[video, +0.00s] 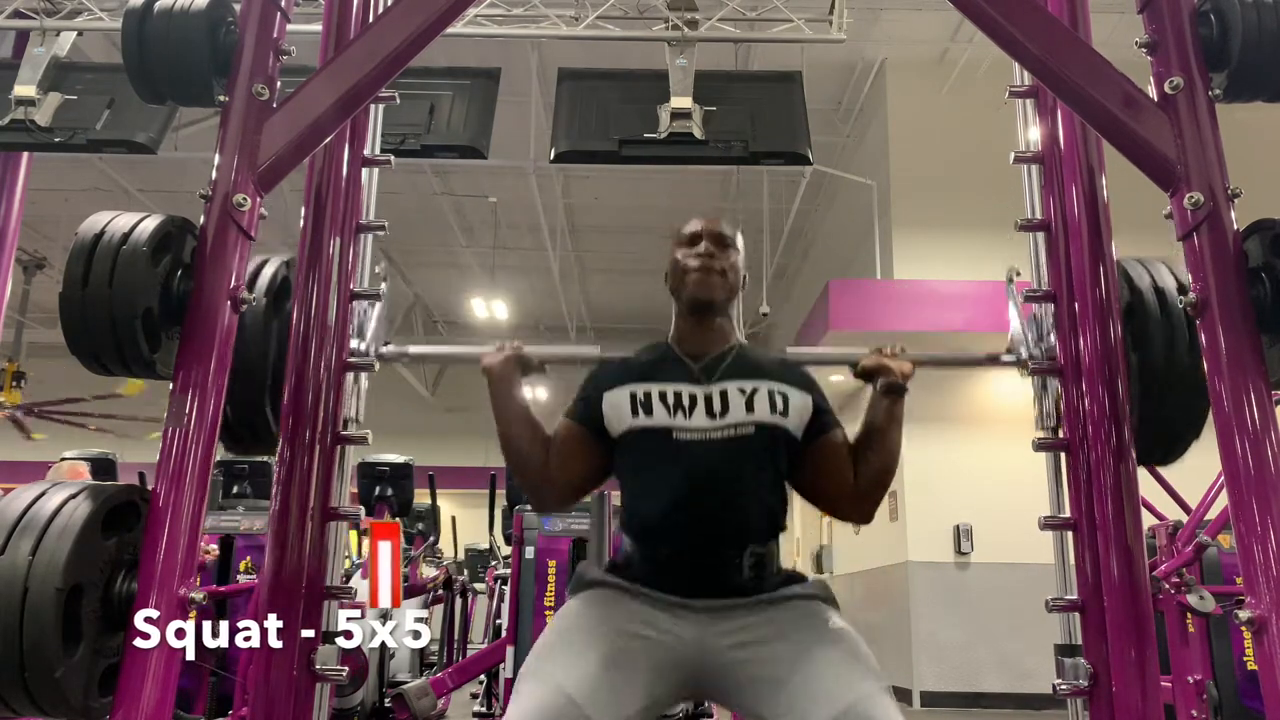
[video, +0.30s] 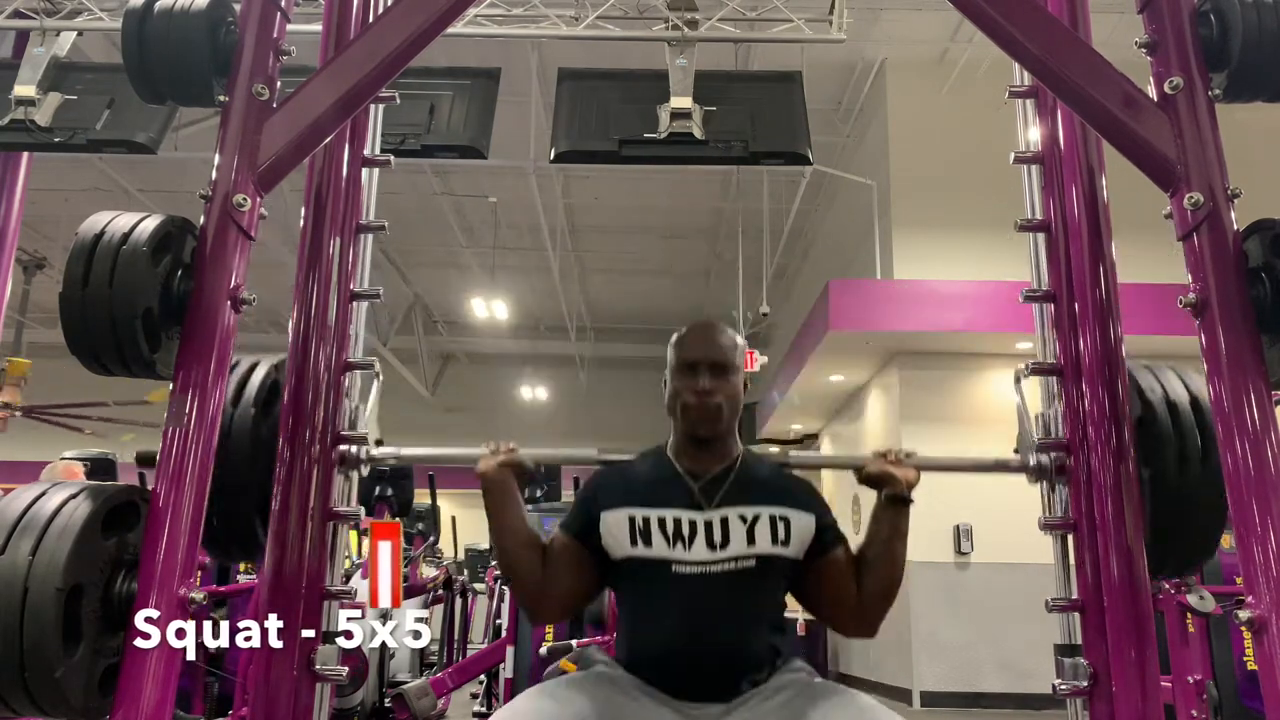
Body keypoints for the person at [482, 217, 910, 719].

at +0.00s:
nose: (707, 252)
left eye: (722, 246)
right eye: (691, 243)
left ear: (741, 279)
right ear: (667, 274)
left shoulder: (787, 383)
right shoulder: (615, 382)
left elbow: (856, 501)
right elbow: (549, 488)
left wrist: (889, 397)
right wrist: (504, 386)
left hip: (767, 615)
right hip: (632, 611)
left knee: (871, 713)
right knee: (532, 712)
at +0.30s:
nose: (702, 385)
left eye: (718, 372)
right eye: (688, 372)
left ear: (742, 388)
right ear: (666, 390)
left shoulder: (789, 497)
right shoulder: (614, 490)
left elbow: (858, 615)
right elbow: (546, 601)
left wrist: (893, 505)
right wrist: (499, 490)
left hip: (766, 693)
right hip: (636, 691)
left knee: (886, 718)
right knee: (512, 718)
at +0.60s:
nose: (698, 464)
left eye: (716, 449)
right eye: (682, 447)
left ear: (742, 455)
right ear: (662, 453)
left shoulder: (792, 562)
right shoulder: (608, 556)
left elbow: (860, 682)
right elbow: (542, 666)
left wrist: (898, 564)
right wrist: (495, 551)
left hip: (755, 714)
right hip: (647, 714)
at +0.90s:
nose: (697, 467)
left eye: (715, 451)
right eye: (681, 451)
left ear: (742, 457)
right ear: (661, 455)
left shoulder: (790, 564)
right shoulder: (607, 560)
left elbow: (860, 685)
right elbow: (539, 671)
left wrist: (898, 566)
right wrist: (495, 554)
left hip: (755, 715)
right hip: (645, 714)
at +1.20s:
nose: (698, 405)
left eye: (715, 391)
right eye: (684, 390)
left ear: (741, 403)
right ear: (663, 402)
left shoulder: (789, 507)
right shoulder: (614, 500)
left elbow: (860, 625)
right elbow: (544, 613)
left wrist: (894, 514)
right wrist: (497, 498)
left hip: (768, 697)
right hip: (633, 695)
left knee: (885, 718)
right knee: (509, 717)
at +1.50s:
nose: (697, 331)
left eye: (714, 318)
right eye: (684, 316)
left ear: (741, 335)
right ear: (665, 331)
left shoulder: (785, 435)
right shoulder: (614, 432)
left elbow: (858, 551)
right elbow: (547, 539)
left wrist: (890, 443)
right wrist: (501, 432)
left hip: (766, 649)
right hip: (635, 646)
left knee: (880, 718)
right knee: (522, 714)